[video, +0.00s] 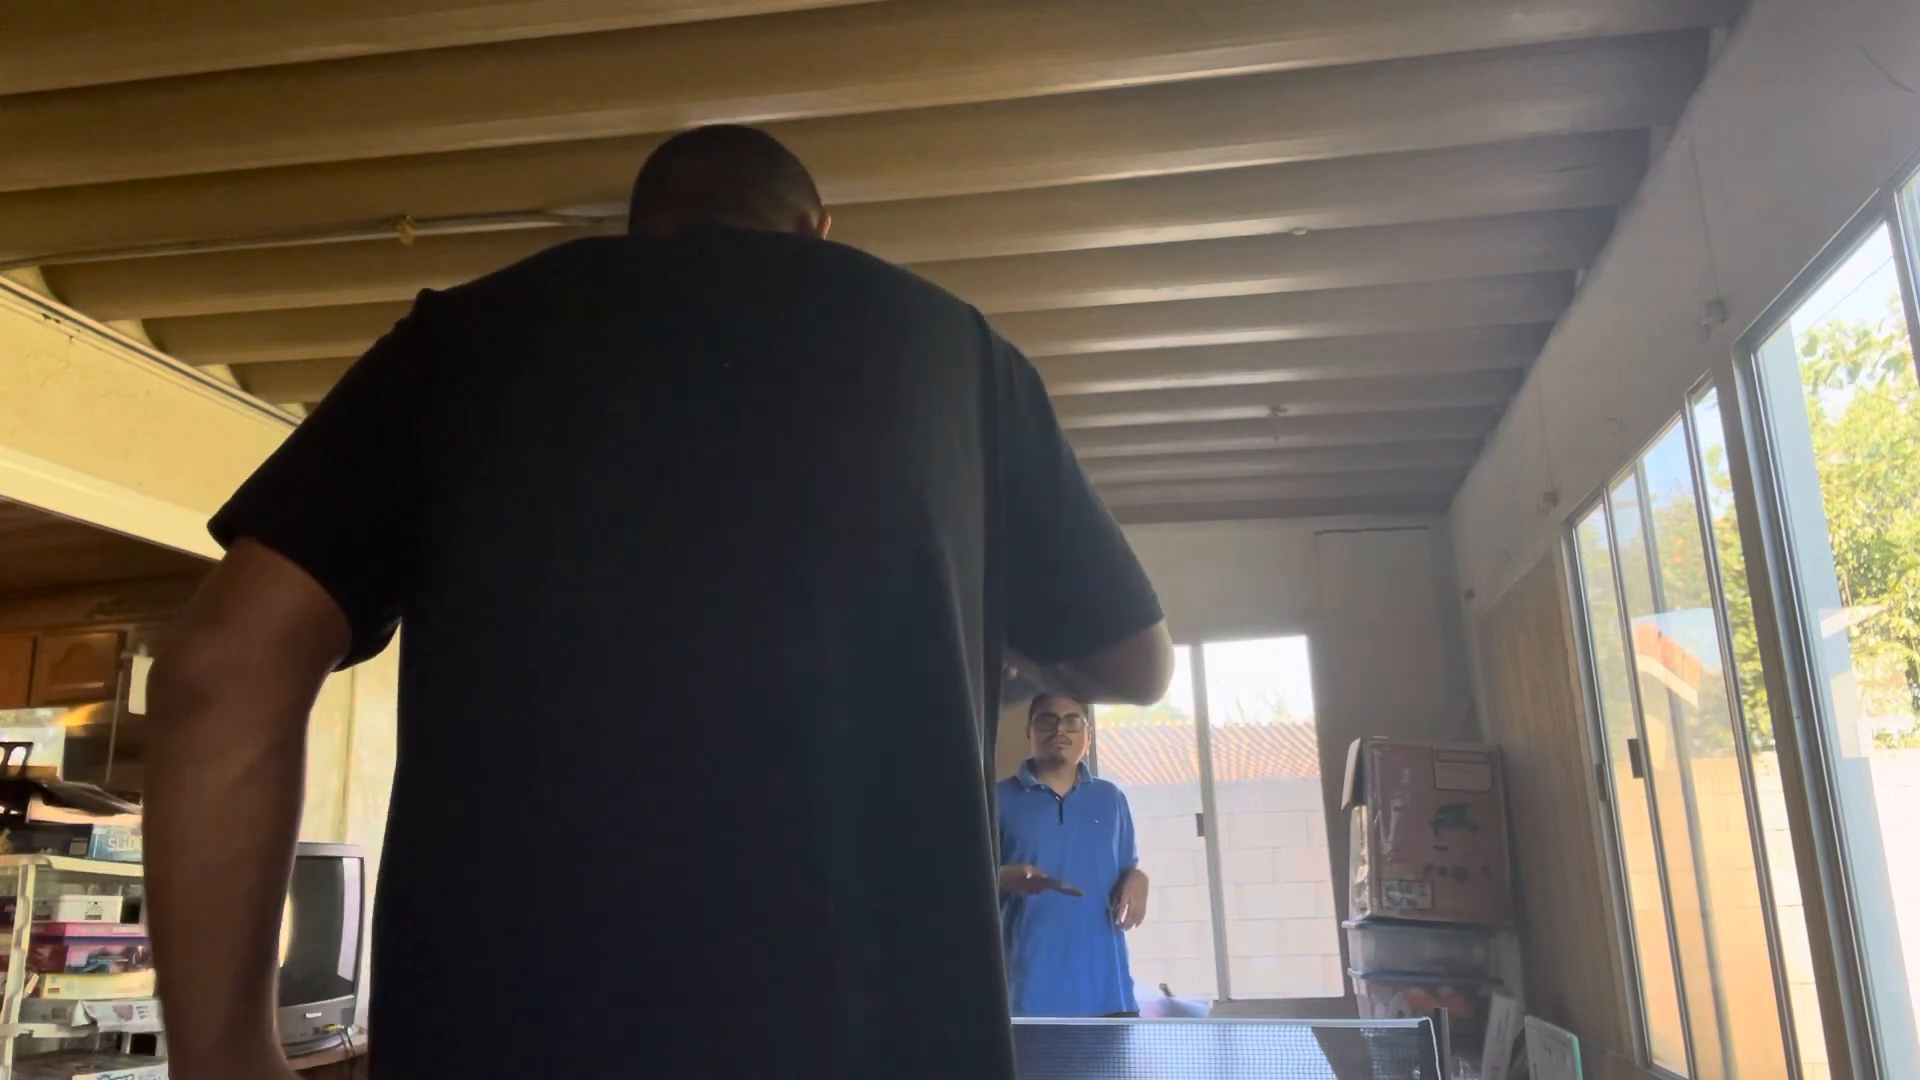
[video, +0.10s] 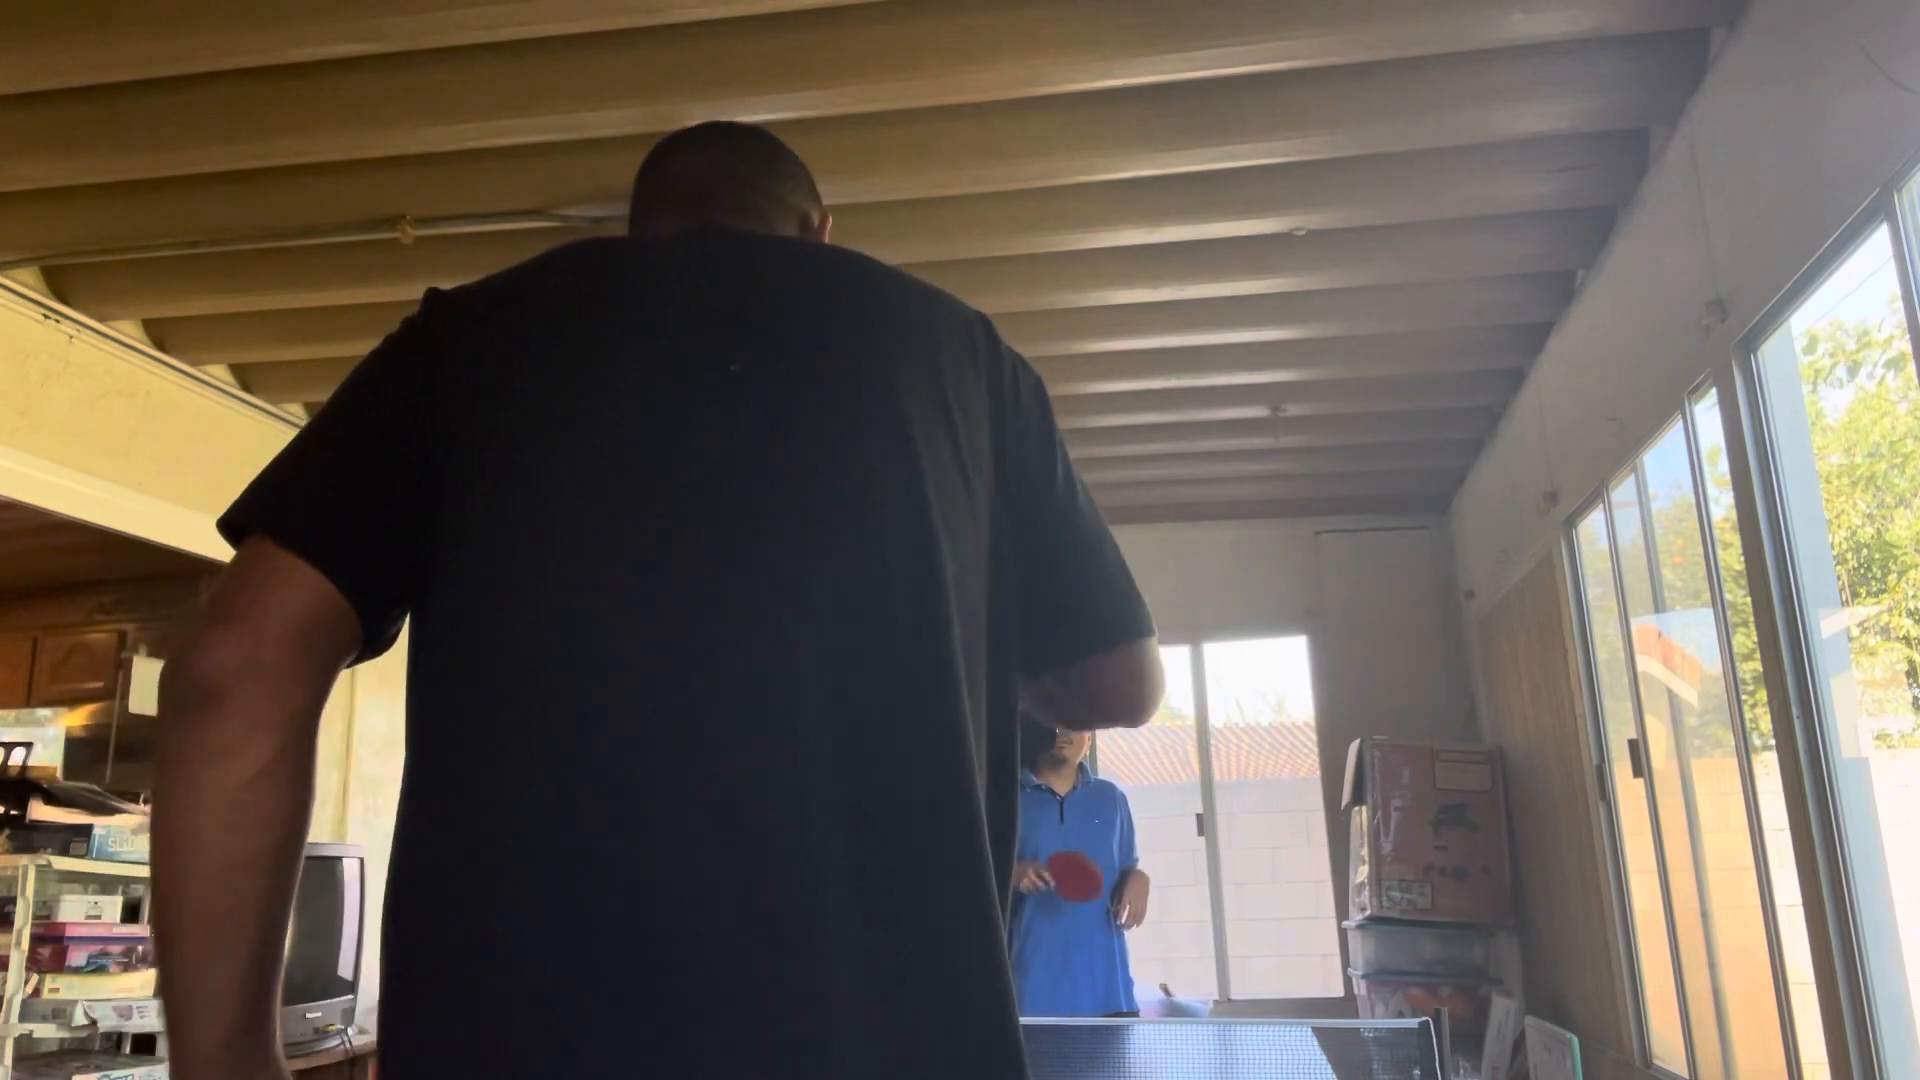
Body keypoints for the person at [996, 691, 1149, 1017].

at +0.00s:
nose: (1059, 731)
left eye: (1072, 722)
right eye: (1047, 722)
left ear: (1087, 738)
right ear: (1029, 734)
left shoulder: (1110, 800)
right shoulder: (997, 799)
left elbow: (1124, 871)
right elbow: (972, 880)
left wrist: (1138, 878)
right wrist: (1006, 878)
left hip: (1106, 994)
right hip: (1028, 997)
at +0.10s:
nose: (1061, 732)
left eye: (1073, 724)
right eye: (1051, 723)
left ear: (1089, 737)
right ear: (1033, 729)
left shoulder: (1110, 798)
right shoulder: (1008, 796)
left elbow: (1123, 873)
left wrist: (1138, 877)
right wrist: (1010, 871)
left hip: (1105, 992)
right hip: (1031, 994)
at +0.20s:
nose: (1075, 740)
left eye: (1085, 732)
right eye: (1066, 729)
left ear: (1095, 740)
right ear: (1040, 733)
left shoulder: (1111, 799)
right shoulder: (1014, 793)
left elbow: (1124, 870)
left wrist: (1140, 877)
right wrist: (1022, 865)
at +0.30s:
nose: (1069, 746)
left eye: (1078, 737)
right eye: (1058, 736)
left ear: (1091, 742)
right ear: (1029, 736)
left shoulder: (1110, 800)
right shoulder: (1011, 796)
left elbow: (1124, 875)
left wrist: (1145, 878)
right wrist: (1036, 859)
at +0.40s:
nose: (1072, 750)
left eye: (1082, 740)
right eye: (1060, 740)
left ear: (1093, 745)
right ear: (1029, 741)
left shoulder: (1108, 801)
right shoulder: (1013, 801)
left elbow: (1123, 882)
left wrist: (1152, 879)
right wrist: (1052, 859)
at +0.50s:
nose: (1081, 758)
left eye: (1089, 747)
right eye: (1070, 747)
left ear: (1097, 749)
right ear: (1043, 746)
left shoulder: (1108, 801)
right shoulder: (1015, 800)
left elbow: (1119, 875)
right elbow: (990, 880)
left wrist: (1157, 892)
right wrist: (1062, 864)